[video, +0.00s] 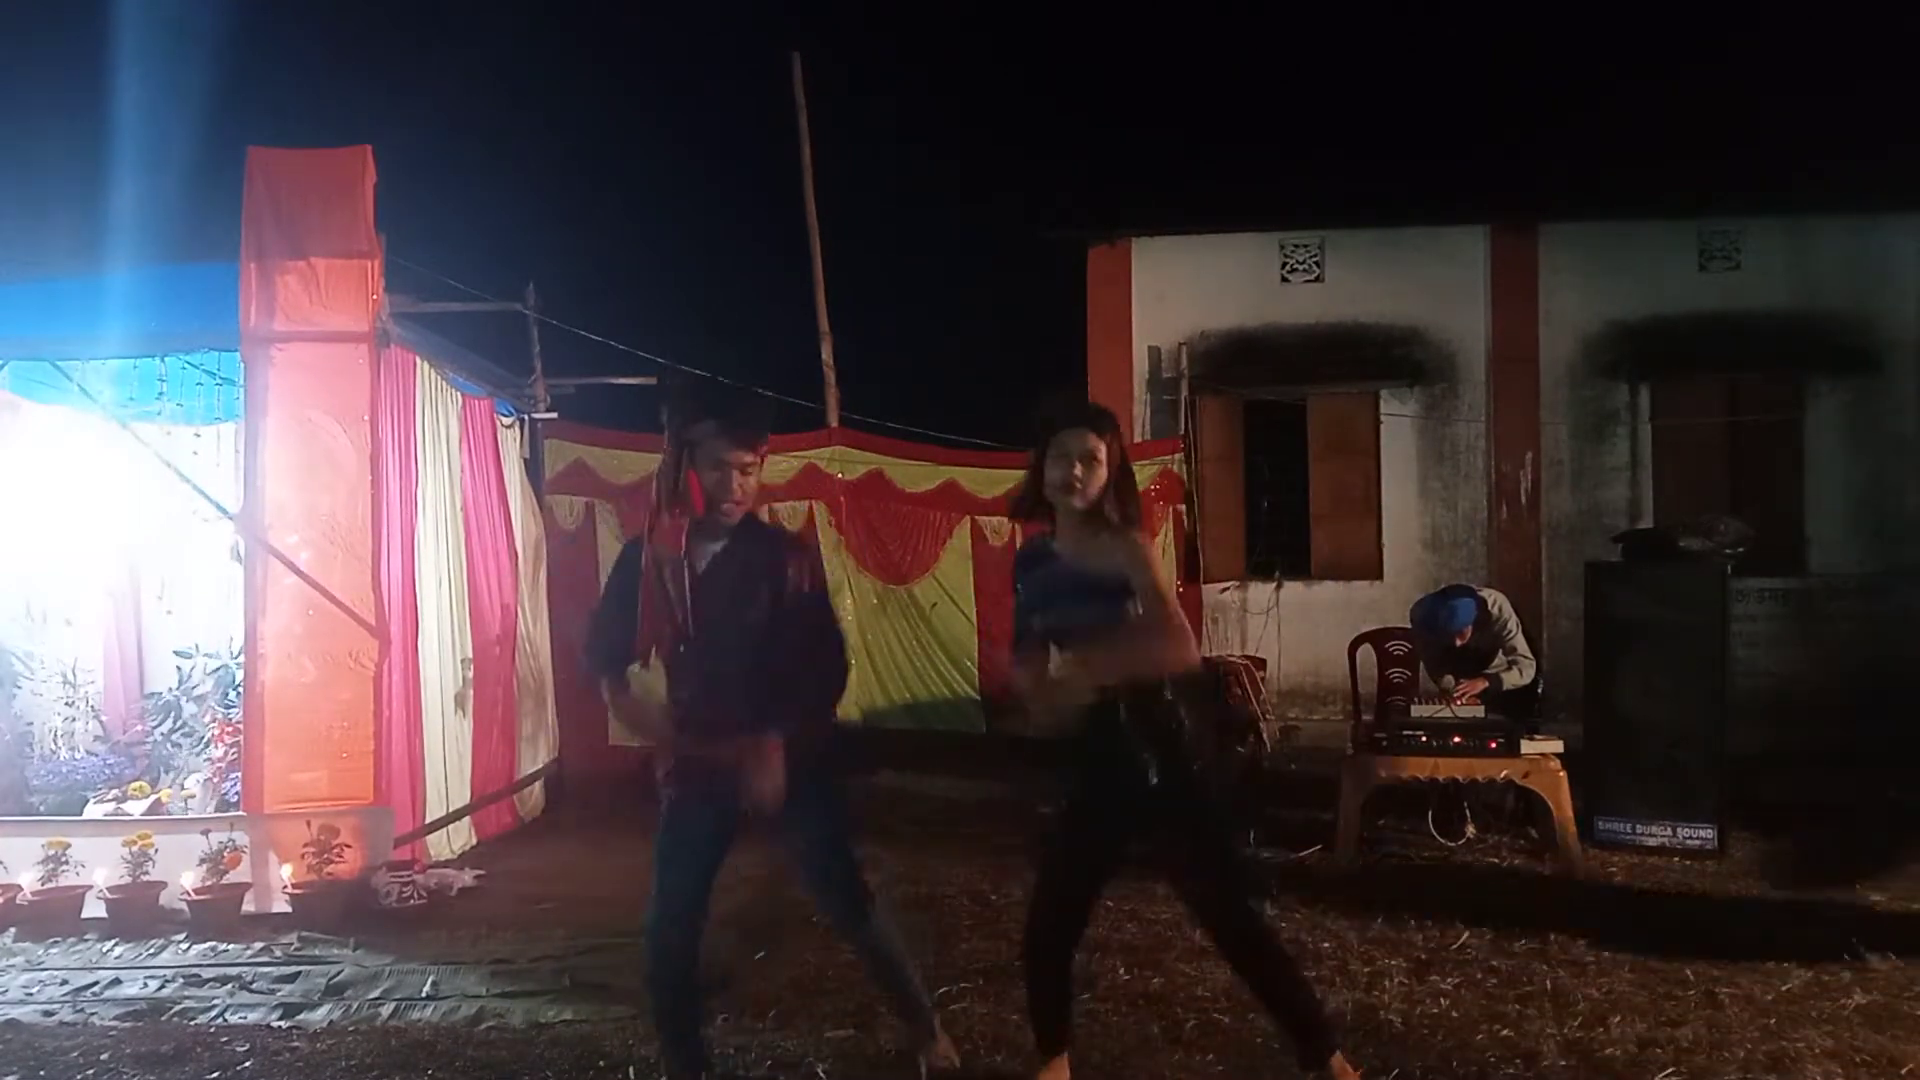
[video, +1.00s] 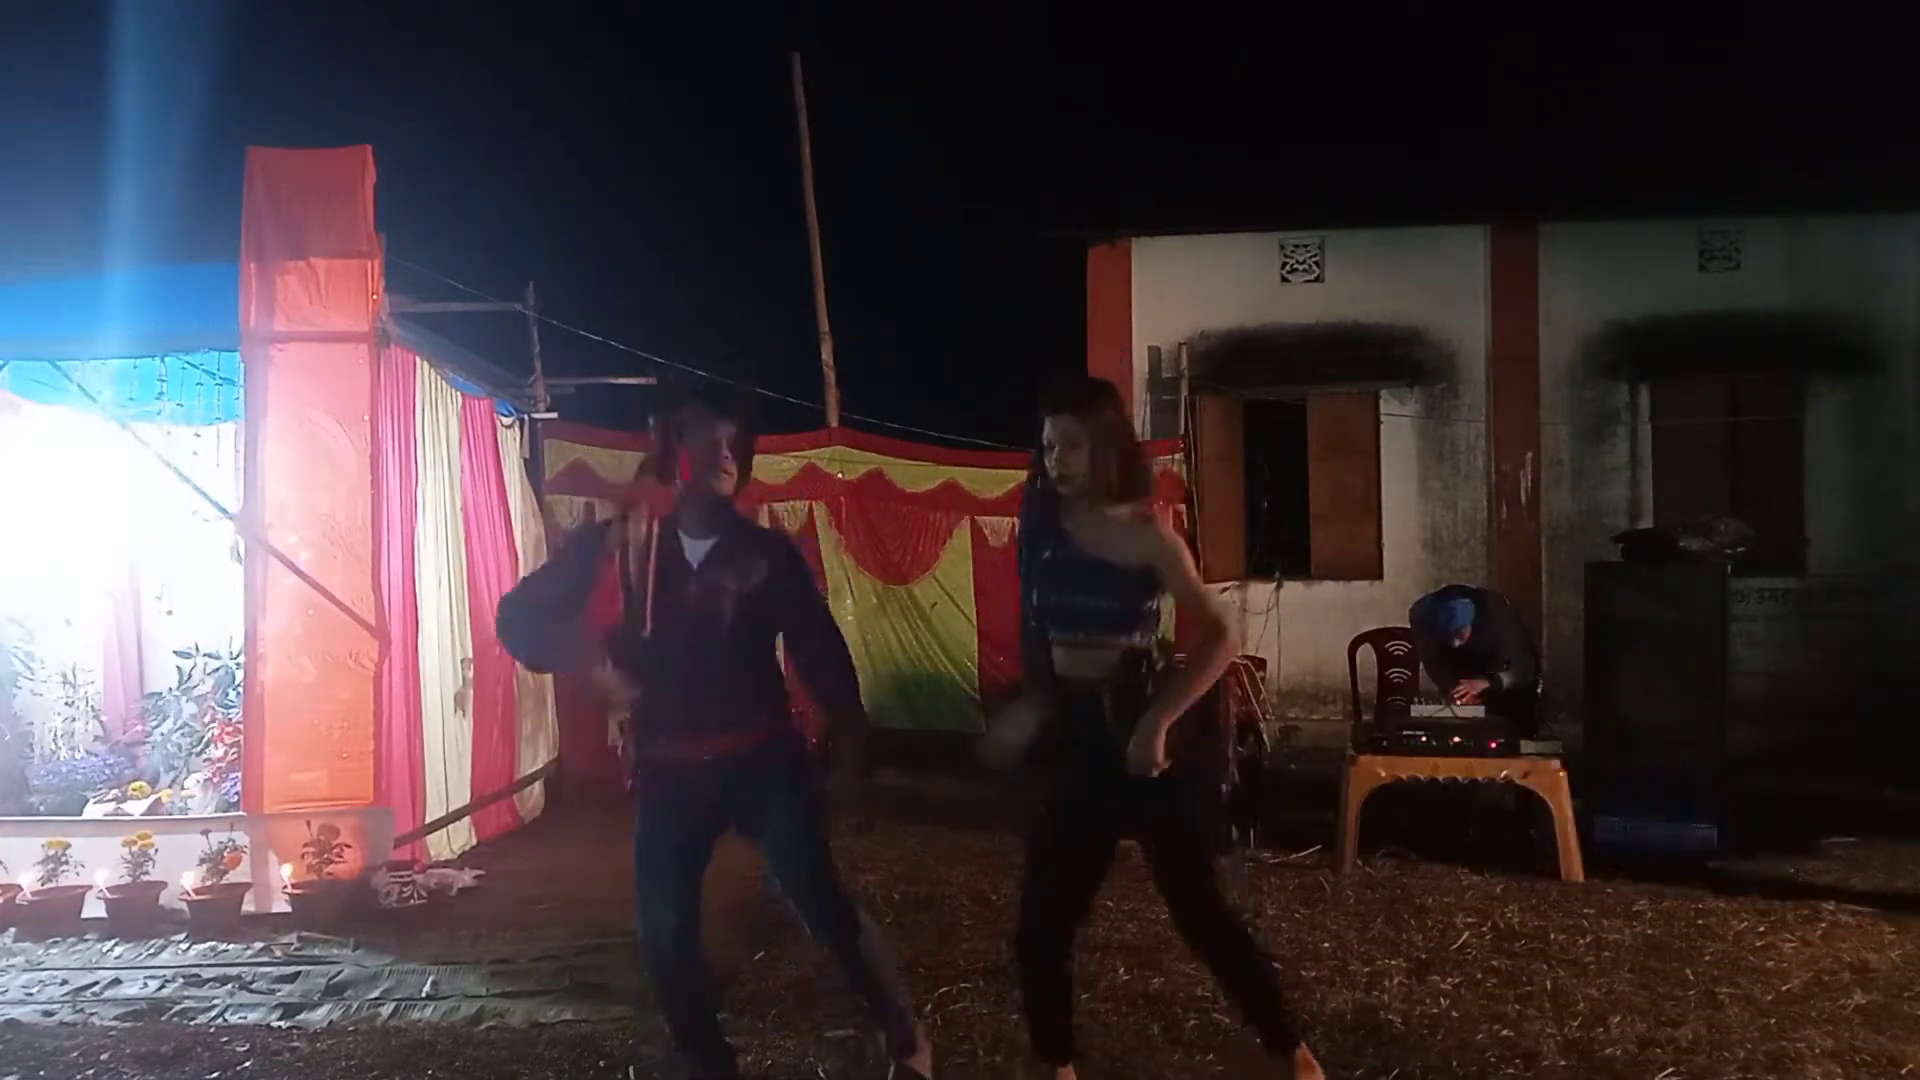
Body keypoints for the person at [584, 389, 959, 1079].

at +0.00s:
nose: (732, 486)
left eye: (745, 471)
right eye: (717, 470)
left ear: (759, 473)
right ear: (688, 471)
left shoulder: (787, 555)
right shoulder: (651, 555)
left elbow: (825, 665)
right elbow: (605, 643)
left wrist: (779, 737)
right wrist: (620, 694)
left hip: (785, 752)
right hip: (699, 756)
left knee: (843, 898)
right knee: (669, 929)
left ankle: (928, 1032)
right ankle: (684, 1065)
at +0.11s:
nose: (739, 469)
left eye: (750, 455)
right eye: (723, 453)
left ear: (762, 460)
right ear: (685, 457)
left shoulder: (784, 556)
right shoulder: (637, 548)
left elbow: (826, 664)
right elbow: (581, 632)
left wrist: (794, 759)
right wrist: (586, 720)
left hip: (761, 767)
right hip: (670, 768)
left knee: (826, 903)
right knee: (660, 941)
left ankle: (914, 1024)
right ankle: (681, 1065)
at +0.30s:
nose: (748, 423)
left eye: (755, 409)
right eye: (730, 409)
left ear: (763, 422)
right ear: (688, 421)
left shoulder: (787, 514)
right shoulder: (634, 500)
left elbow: (835, 597)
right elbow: (535, 559)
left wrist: (815, 677)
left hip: (732, 727)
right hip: (634, 727)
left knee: (770, 881)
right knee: (611, 895)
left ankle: (780, 1045)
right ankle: (594, 1049)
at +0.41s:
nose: (741, 449)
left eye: (747, 433)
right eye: (721, 434)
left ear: (756, 445)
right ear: (681, 448)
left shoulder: (778, 545)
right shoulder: (636, 528)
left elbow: (824, 641)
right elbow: (534, 560)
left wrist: (814, 744)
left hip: (714, 760)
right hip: (622, 755)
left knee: (752, 919)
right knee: (583, 916)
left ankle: (755, 1063)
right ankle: (527, 1058)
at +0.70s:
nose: (726, 413)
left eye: (735, 400)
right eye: (714, 396)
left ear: (743, 413)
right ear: (676, 403)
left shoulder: (773, 502)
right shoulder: (625, 499)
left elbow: (832, 605)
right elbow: (539, 562)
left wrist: (841, 698)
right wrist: (593, 487)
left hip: (751, 731)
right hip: (654, 732)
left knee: (784, 893)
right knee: (622, 896)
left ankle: (797, 1051)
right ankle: (591, 1056)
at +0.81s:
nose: (738, 408)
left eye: (739, 394)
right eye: (727, 392)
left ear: (715, 402)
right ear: (680, 395)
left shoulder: (767, 495)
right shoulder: (609, 491)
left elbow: (827, 592)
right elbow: (538, 576)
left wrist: (848, 680)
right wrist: (553, 523)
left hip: (759, 718)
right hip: (663, 724)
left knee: (802, 881)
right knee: (655, 898)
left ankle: (850, 1036)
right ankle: (661, 1052)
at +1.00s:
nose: (724, 464)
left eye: (735, 451)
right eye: (707, 449)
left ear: (744, 463)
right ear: (670, 452)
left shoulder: (768, 553)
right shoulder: (614, 544)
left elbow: (820, 648)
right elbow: (517, 617)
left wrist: (846, 725)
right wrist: (592, 662)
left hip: (764, 762)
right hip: (670, 773)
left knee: (817, 896)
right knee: (665, 940)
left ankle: (903, 1034)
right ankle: (706, 1062)